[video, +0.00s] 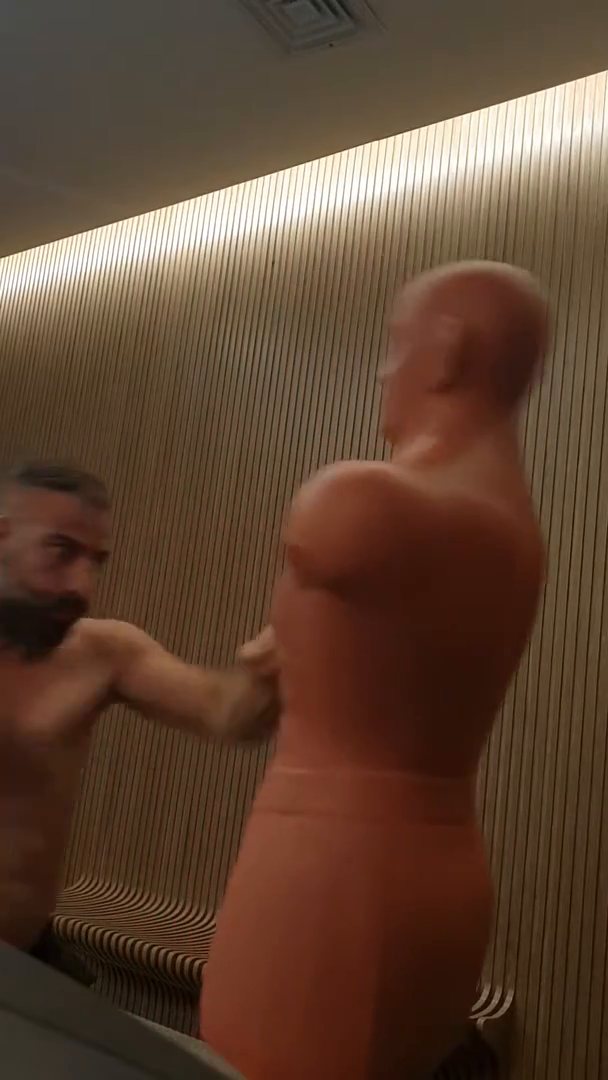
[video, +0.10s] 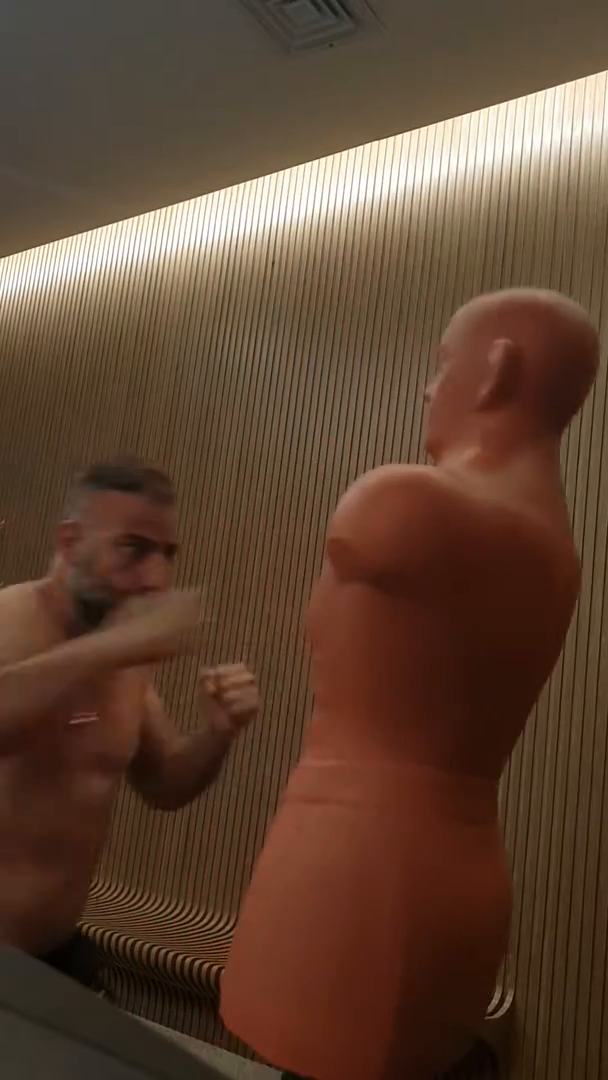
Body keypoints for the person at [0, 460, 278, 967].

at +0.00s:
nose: (82, 584)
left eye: (95, 561)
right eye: (61, 551)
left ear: (103, 563)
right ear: (2, 535)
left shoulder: (100, 652)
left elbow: (223, 710)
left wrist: (260, 679)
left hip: (23, 953)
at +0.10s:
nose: (155, 578)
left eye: (167, 554)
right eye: (133, 549)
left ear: (176, 556)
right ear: (69, 542)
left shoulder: (129, 652)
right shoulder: (12, 621)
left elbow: (163, 784)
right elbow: (8, 711)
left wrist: (218, 731)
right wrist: (115, 645)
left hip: (57, 955)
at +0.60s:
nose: (250, 630)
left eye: (265, 612)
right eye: (235, 600)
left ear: (271, 622)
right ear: (180, 588)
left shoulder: (174, 701)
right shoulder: (129, 652)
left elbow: (198, 830)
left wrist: (243, 714)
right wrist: (148, 825)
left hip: (84, 967)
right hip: (20, 948)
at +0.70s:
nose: (225, 622)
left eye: (240, 603)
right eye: (209, 593)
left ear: (248, 608)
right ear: (155, 581)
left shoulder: (166, 682)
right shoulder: (93, 648)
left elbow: (198, 833)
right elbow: (19, 779)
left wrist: (232, 711)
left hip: (69, 955)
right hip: (13, 943)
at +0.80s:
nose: (191, 615)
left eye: (205, 596)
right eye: (174, 584)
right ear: (118, 572)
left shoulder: (123, 673)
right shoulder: (57, 638)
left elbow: (154, 829)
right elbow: (69, 758)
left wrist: (196, 695)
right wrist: (199, 677)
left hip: (47, 955)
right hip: (9, 951)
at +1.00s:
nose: (88, 598)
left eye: (103, 578)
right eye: (70, 565)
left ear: (110, 584)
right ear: (9, 553)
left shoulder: (47, 686)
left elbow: (69, 838)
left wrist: (109, 752)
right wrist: (65, 711)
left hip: (3, 935)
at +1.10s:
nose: (48, 587)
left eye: (64, 566)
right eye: (30, 554)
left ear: (71, 570)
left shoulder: (45, 668)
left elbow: (88, 810)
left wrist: (102, 726)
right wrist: (18, 690)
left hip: (2, 923)